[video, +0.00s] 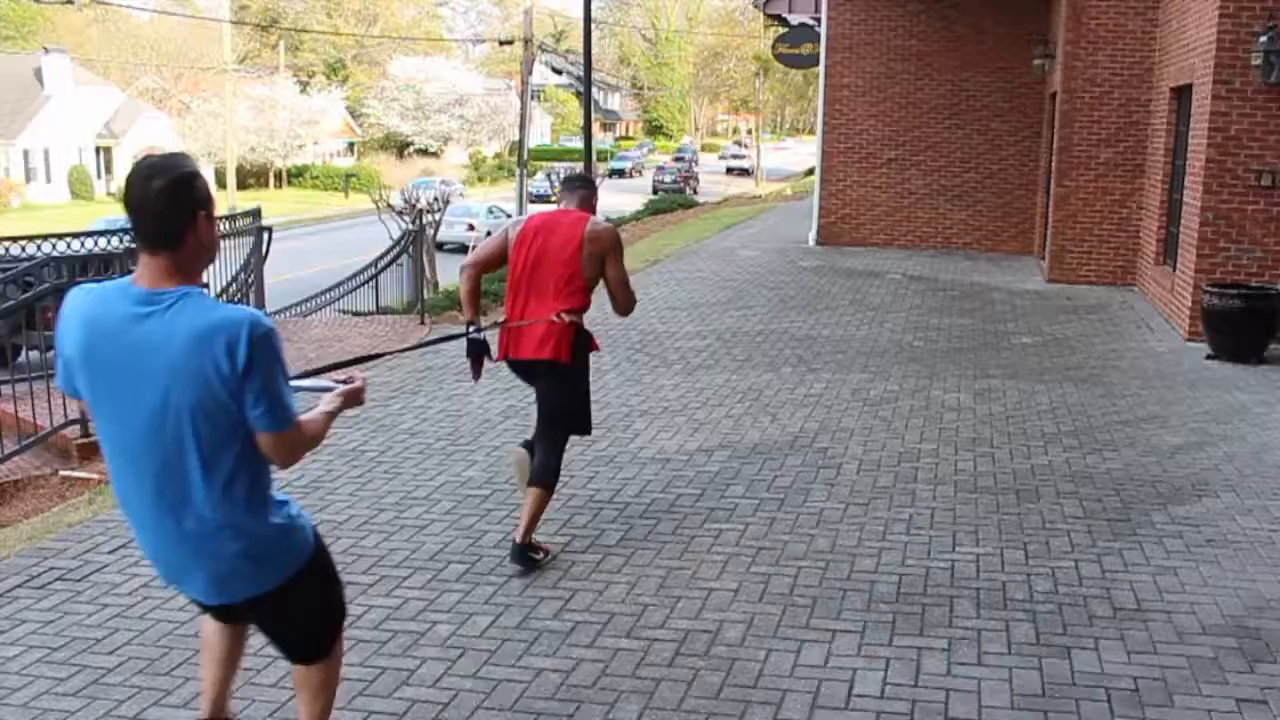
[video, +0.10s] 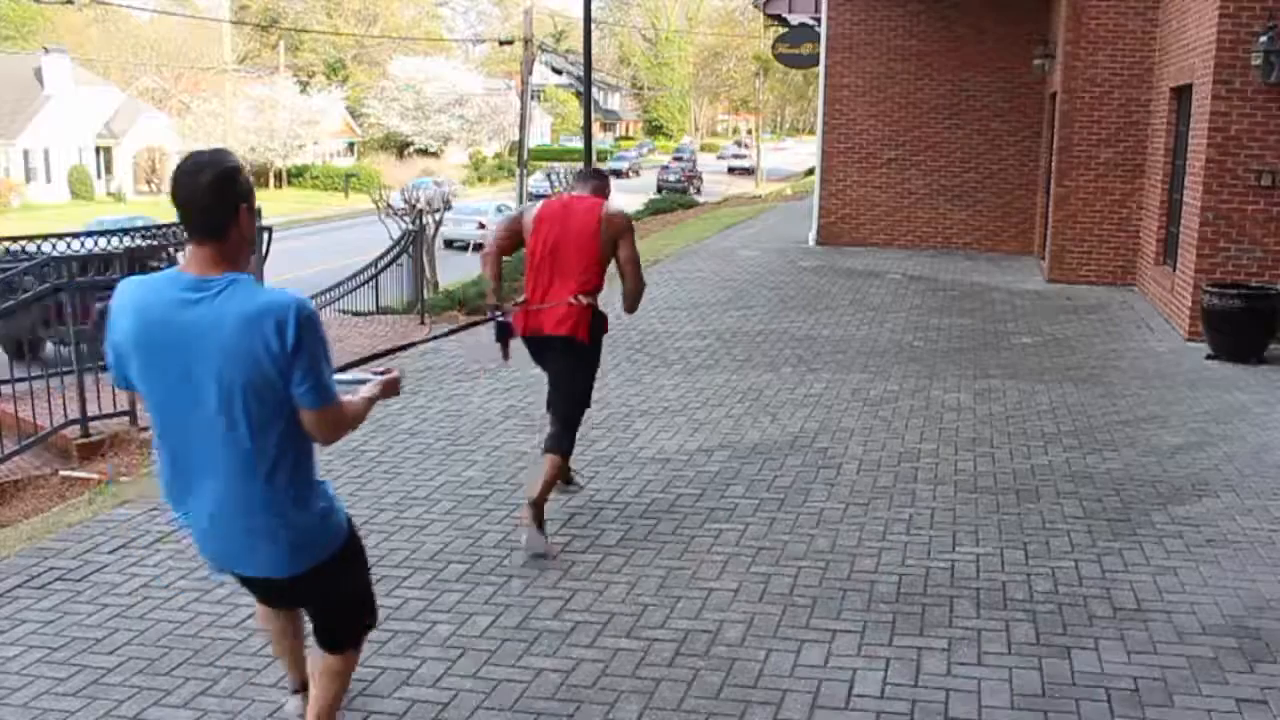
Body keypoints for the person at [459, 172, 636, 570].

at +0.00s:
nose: (596, 209)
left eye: (589, 205)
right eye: (596, 204)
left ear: (558, 200)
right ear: (593, 201)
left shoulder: (522, 226)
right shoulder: (602, 233)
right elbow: (624, 305)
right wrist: (610, 265)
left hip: (516, 349)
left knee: (565, 401)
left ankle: (533, 449)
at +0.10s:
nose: (607, 202)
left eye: (603, 197)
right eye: (608, 197)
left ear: (571, 189)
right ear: (604, 193)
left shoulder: (536, 212)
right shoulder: (614, 219)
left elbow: (493, 248)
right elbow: (633, 288)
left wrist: (493, 301)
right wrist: (627, 306)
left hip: (531, 327)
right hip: (576, 328)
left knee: (564, 389)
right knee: (565, 419)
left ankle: (561, 466)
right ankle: (536, 502)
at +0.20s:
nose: (617, 203)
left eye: (615, 198)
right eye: (617, 198)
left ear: (580, 188)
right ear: (614, 194)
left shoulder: (543, 219)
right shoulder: (624, 218)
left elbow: (528, 283)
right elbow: (640, 273)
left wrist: (558, 278)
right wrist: (632, 327)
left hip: (550, 324)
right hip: (597, 323)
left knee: (554, 405)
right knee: (599, 396)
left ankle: (548, 488)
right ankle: (577, 423)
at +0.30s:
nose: (628, 199)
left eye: (623, 193)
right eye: (628, 194)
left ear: (593, 190)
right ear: (625, 193)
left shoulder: (567, 217)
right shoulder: (632, 214)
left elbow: (553, 259)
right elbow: (653, 242)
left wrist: (559, 288)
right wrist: (640, 290)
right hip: (612, 317)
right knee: (620, 362)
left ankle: (550, 487)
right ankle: (605, 407)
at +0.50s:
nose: (659, 199)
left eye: (657, 195)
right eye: (660, 195)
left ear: (630, 187)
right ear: (656, 191)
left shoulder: (596, 211)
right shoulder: (664, 218)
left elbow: (565, 257)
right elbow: (679, 284)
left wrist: (571, 304)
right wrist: (670, 248)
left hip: (595, 309)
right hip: (635, 311)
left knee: (617, 355)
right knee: (627, 388)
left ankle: (598, 386)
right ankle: (603, 464)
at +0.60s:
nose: (671, 194)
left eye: (668, 190)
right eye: (672, 190)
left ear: (644, 184)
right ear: (669, 187)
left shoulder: (613, 201)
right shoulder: (676, 207)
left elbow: (569, 227)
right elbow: (694, 262)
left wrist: (573, 272)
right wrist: (685, 228)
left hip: (608, 298)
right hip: (646, 300)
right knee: (632, 378)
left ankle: (629, 400)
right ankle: (609, 443)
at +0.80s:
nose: (685, 193)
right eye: (687, 189)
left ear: (659, 181)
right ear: (684, 186)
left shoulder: (634, 202)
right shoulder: (695, 205)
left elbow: (619, 257)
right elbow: (706, 236)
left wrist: (634, 260)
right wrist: (698, 278)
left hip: (637, 288)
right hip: (675, 287)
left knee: (631, 360)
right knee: (678, 327)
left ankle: (619, 430)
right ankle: (668, 362)